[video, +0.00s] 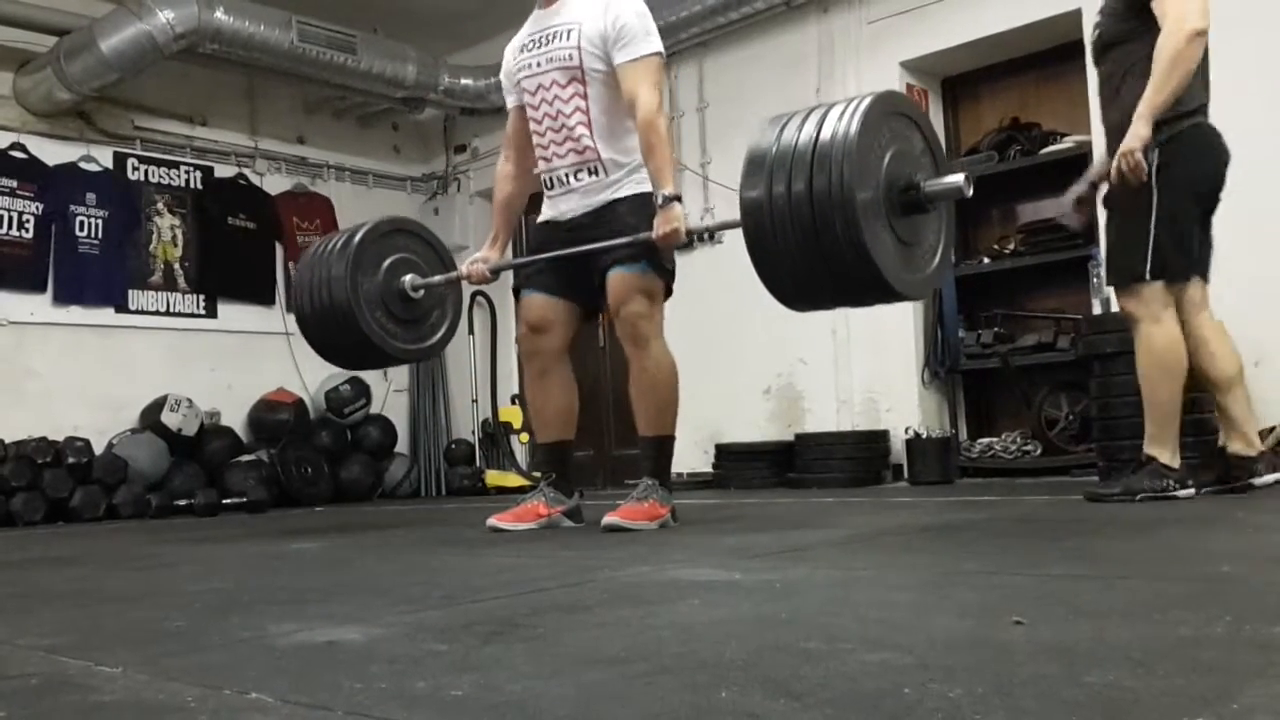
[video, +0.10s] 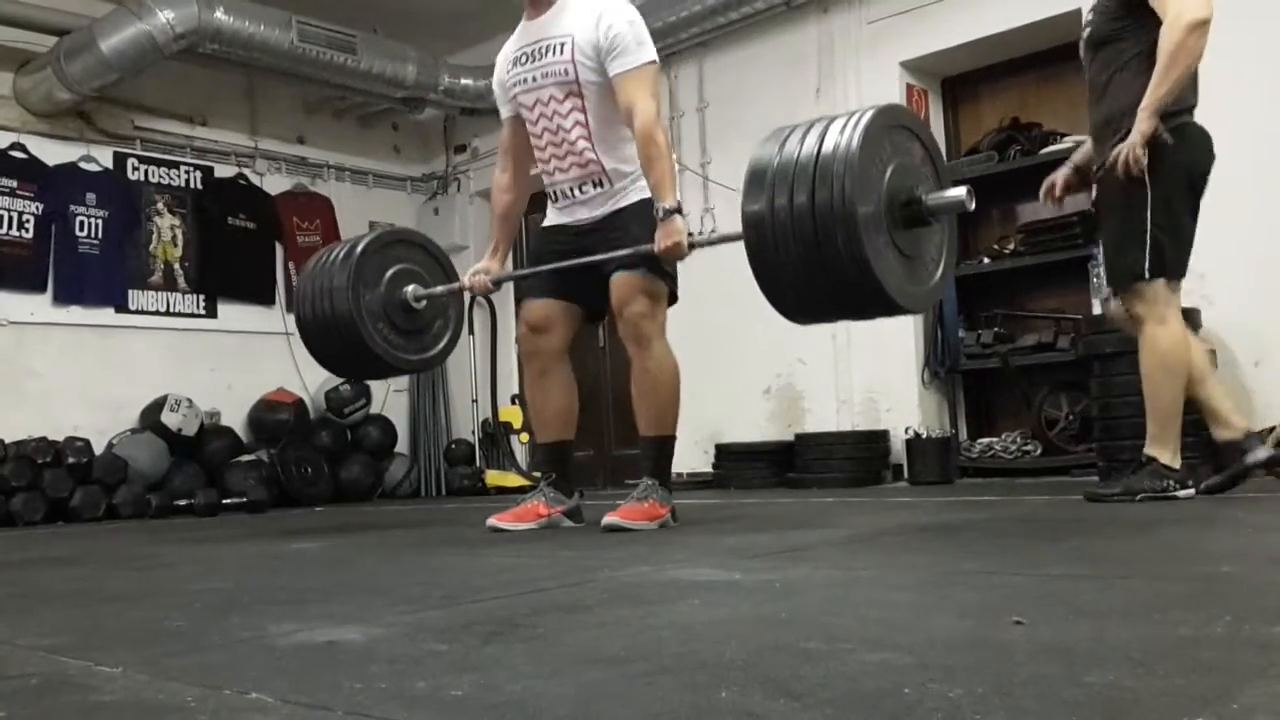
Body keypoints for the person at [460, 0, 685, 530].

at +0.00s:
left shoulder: (616, 11)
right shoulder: (515, 51)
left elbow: (646, 104)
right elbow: (514, 160)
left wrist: (667, 196)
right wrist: (493, 246)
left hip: (626, 195)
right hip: (556, 211)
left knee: (634, 315)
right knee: (538, 332)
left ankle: (655, 488)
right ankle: (556, 492)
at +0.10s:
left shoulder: (608, 16)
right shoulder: (507, 61)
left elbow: (646, 119)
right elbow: (510, 173)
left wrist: (669, 209)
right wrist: (494, 256)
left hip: (629, 202)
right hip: (561, 216)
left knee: (637, 316)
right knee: (538, 332)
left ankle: (656, 489)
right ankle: (556, 492)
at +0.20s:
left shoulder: (601, 25)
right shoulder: (502, 71)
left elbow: (643, 127)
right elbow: (510, 177)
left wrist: (668, 224)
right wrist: (495, 266)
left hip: (632, 210)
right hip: (565, 223)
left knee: (640, 315)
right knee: (538, 332)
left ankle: (656, 489)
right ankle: (556, 492)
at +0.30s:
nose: (482, 4)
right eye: (479, 0)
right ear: (489, 10)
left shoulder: (599, 40)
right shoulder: (499, 85)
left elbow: (643, 143)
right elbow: (507, 191)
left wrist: (668, 241)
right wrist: (494, 280)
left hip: (640, 204)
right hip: (573, 222)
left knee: (645, 318)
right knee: (541, 332)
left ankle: (656, 489)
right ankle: (557, 491)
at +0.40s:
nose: (471, 21)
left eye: (479, 4)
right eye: (464, 11)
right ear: (469, 18)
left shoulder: (596, 53)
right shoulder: (496, 99)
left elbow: (643, 161)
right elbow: (506, 205)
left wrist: (667, 258)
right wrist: (494, 293)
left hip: (648, 207)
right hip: (581, 224)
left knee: (650, 323)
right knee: (543, 338)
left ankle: (657, 489)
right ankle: (557, 492)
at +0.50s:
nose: (465, 41)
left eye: (472, 20)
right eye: (456, 29)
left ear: (514, 9)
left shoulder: (593, 71)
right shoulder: (494, 114)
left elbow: (643, 178)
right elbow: (504, 221)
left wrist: (668, 276)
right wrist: (494, 311)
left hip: (658, 207)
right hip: (588, 226)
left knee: (651, 316)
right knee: (547, 333)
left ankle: (658, 489)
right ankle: (557, 491)